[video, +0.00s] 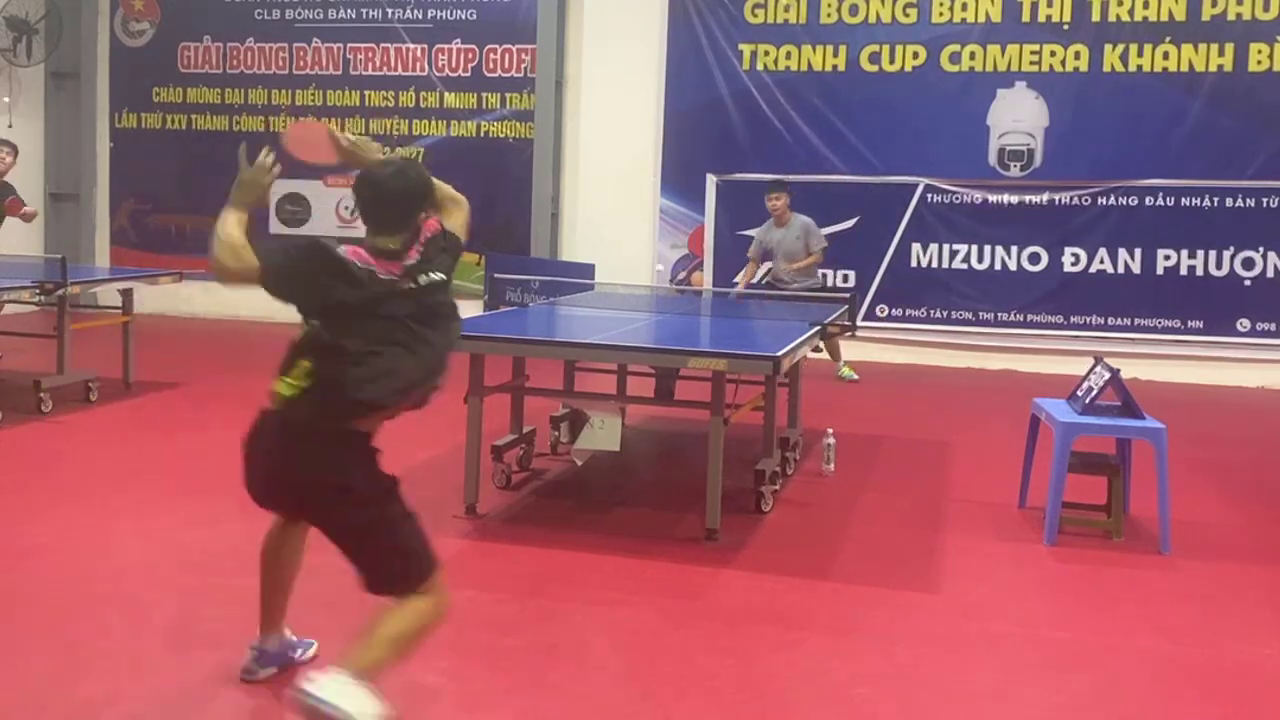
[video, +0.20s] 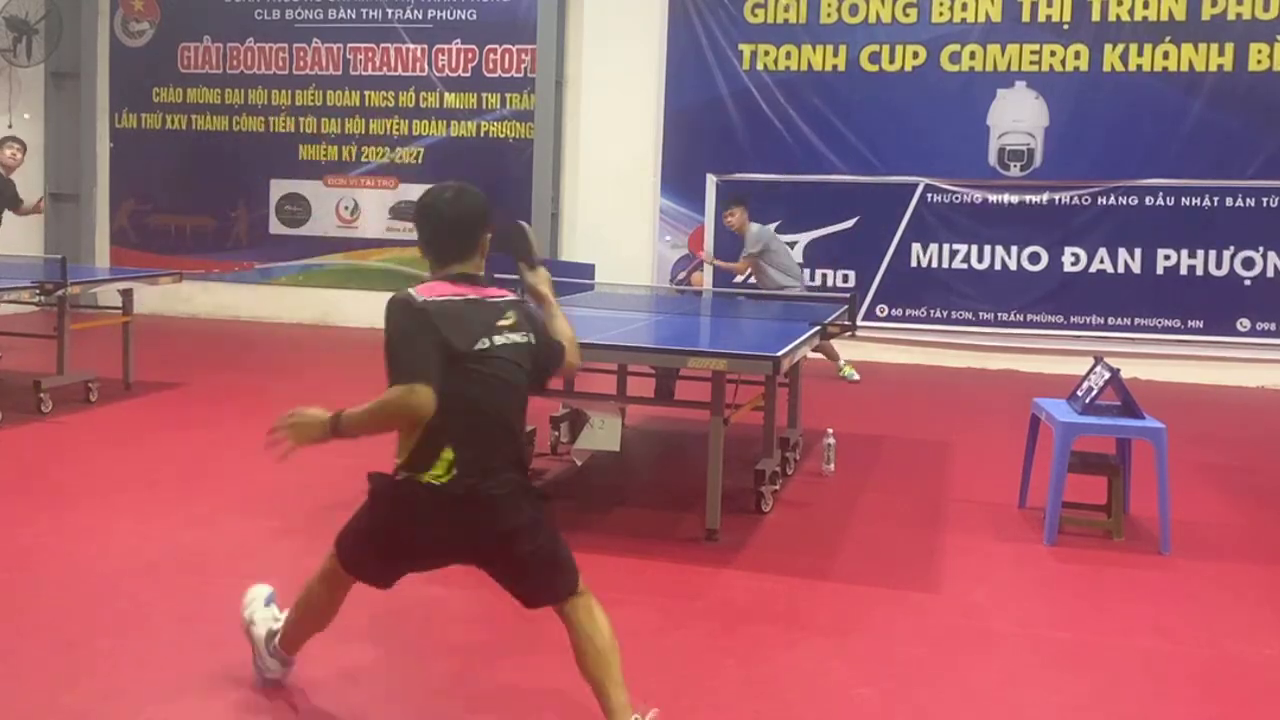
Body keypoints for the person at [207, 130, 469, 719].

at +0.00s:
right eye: (425, 202)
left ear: (360, 215)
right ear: (421, 219)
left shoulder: (324, 265)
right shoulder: (432, 267)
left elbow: (229, 259)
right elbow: (455, 205)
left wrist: (240, 201)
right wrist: (388, 163)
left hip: (272, 443)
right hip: (339, 459)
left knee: (294, 516)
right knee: (427, 597)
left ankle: (269, 642)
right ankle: (343, 680)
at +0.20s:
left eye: (422, 237)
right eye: (484, 236)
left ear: (422, 245)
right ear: (484, 243)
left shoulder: (413, 305)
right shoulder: (517, 308)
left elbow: (416, 401)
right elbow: (565, 353)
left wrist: (330, 423)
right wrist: (546, 298)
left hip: (419, 500)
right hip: (505, 503)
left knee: (338, 570)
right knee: (575, 600)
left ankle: (278, 651)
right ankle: (624, 715)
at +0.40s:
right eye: (529, 158)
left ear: (460, 162)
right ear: (527, 166)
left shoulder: (426, 223)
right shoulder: (573, 264)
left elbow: (359, 289)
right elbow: (619, 357)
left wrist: (316, 356)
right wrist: (587, 313)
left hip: (411, 435)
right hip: (514, 452)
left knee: (328, 565)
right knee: (569, 601)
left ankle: (278, 713)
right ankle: (626, 716)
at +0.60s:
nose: (561, 204)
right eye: (561, 194)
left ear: (479, 200)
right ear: (552, 205)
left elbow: (334, 391)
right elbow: (605, 465)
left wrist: (379, 431)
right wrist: (628, 474)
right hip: (482, 534)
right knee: (563, 709)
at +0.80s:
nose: (564, 289)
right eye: (565, 277)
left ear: (476, 277)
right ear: (555, 291)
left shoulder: (430, 347)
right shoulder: (498, 392)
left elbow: (415, 494)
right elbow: (407, 520)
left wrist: (522, 529)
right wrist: (469, 671)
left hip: (286, 607)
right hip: (370, 624)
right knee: (512, 714)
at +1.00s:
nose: (515, 322)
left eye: (524, 307)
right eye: (523, 306)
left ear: (441, 271)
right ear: (505, 301)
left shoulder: (373, 330)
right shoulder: (402, 381)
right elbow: (296, 520)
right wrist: (354, 687)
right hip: (202, 576)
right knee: (306, 704)